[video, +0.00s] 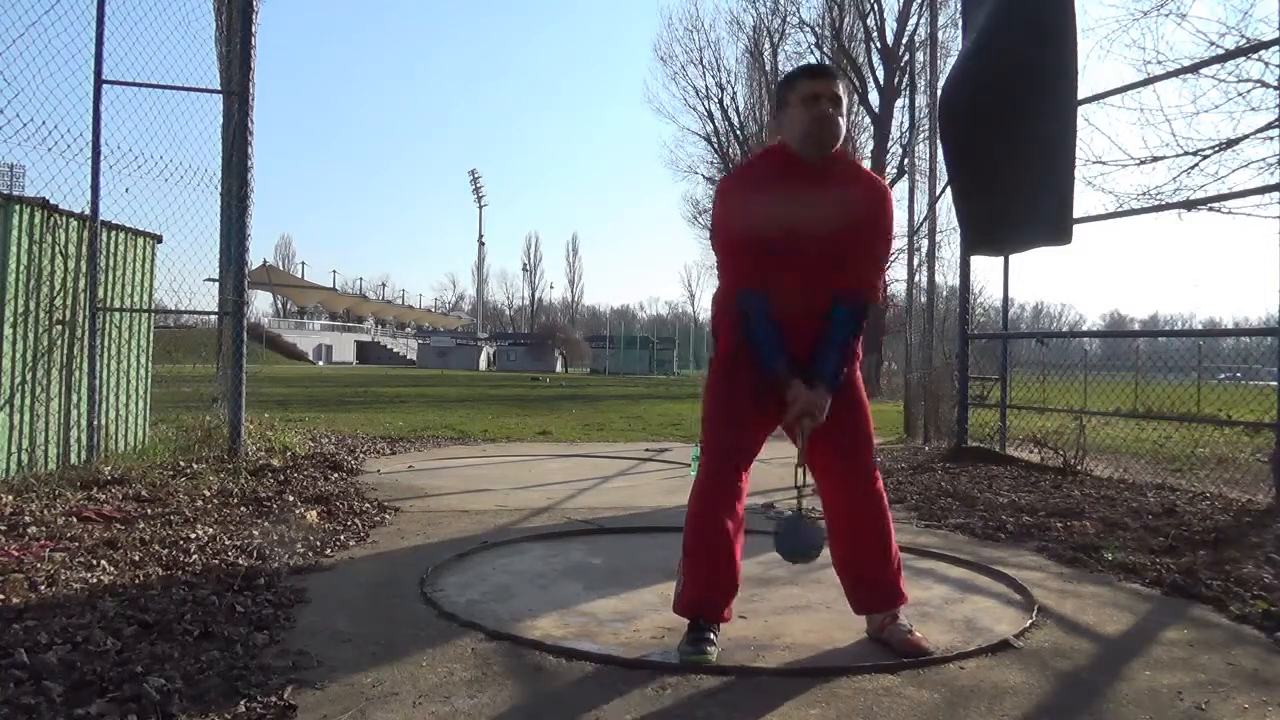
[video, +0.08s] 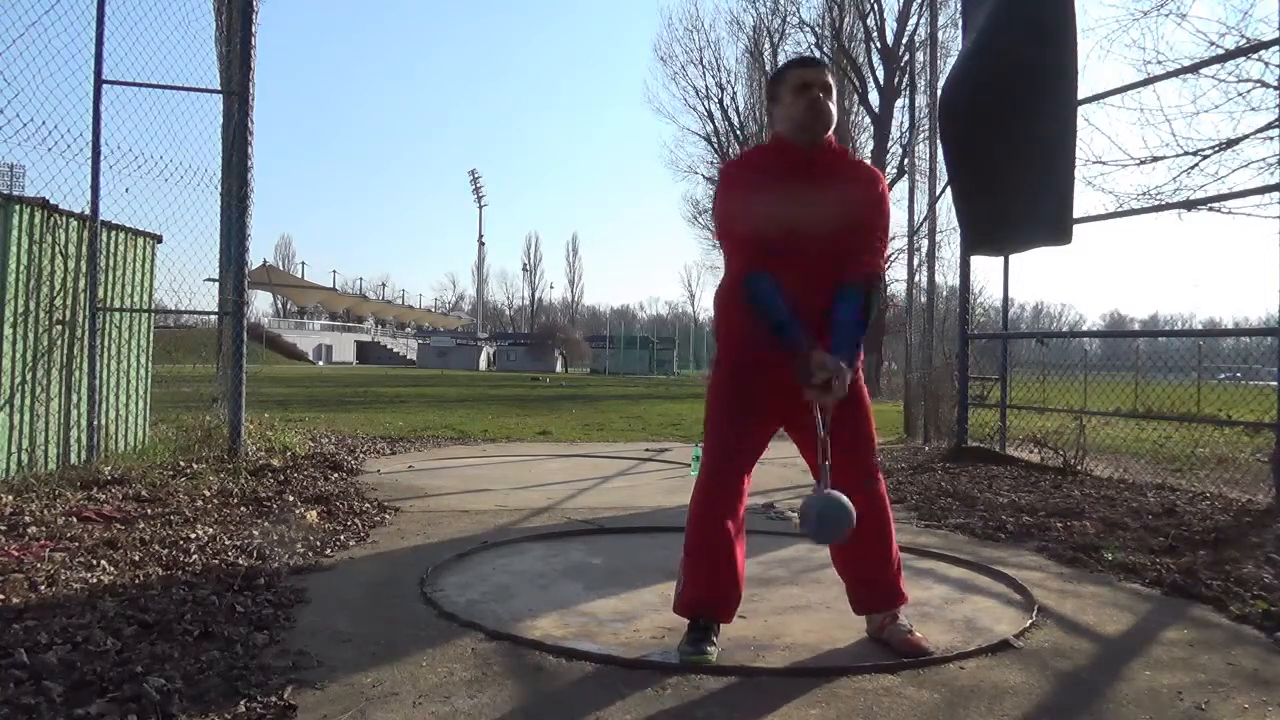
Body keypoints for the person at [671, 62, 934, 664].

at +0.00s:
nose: (828, 110)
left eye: (835, 101)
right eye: (812, 101)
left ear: (846, 114)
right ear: (781, 115)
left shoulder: (869, 191)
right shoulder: (742, 186)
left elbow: (859, 294)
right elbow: (744, 288)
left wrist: (824, 381)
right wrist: (784, 378)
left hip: (831, 350)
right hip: (750, 344)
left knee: (858, 477)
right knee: (721, 474)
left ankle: (886, 616)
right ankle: (703, 620)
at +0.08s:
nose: (819, 100)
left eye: (826, 91)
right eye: (804, 91)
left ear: (836, 106)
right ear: (772, 105)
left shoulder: (864, 180)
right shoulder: (742, 174)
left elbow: (863, 276)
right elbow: (751, 272)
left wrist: (842, 356)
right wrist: (802, 351)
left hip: (833, 354)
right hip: (750, 353)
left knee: (861, 477)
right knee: (719, 479)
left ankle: (885, 614)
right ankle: (704, 617)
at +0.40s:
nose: (830, 86)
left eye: (836, 81)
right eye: (814, 80)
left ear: (846, 101)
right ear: (782, 102)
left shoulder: (870, 166)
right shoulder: (756, 153)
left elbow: (896, 220)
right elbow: (781, 199)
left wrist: (919, 230)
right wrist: (871, 202)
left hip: (839, 360)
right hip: (756, 357)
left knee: (864, 486)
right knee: (724, 488)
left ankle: (882, 614)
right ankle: (704, 617)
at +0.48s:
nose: (842, 87)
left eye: (849, 83)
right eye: (827, 80)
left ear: (857, 106)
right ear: (794, 103)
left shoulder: (871, 167)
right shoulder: (768, 148)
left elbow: (909, 204)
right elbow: (799, 190)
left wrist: (955, 203)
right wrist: (890, 194)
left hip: (840, 359)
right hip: (759, 355)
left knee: (864, 486)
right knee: (728, 486)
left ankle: (881, 614)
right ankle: (704, 617)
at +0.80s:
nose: (904, 109)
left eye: (909, 105)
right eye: (889, 99)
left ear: (909, 128)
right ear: (851, 114)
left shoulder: (914, 202)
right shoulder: (821, 157)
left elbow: (917, 277)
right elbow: (872, 220)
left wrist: (953, 309)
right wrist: (946, 277)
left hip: (851, 361)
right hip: (778, 348)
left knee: (874, 483)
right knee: (741, 479)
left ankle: (882, 617)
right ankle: (703, 619)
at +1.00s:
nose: (941, 120)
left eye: (942, 112)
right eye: (925, 109)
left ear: (933, 131)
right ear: (885, 121)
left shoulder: (917, 209)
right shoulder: (863, 169)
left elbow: (897, 302)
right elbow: (908, 276)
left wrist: (934, 368)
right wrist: (946, 355)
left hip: (853, 361)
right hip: (790, 350)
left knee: (877, 485)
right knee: (756, 481)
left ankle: (882, 618)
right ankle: (699, 612)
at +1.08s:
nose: (953, 121)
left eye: (953, 113)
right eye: (938, 110)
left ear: (907, 128)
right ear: (895, 121)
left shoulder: (889, 179)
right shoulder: (887, 167)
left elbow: (868, 289)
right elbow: (919, 267)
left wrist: (914, 354)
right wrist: (941, 354)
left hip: (853, 357)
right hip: (799, 346)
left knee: (878, 483)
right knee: (766, 483)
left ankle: (882, 616)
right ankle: (699, 608)